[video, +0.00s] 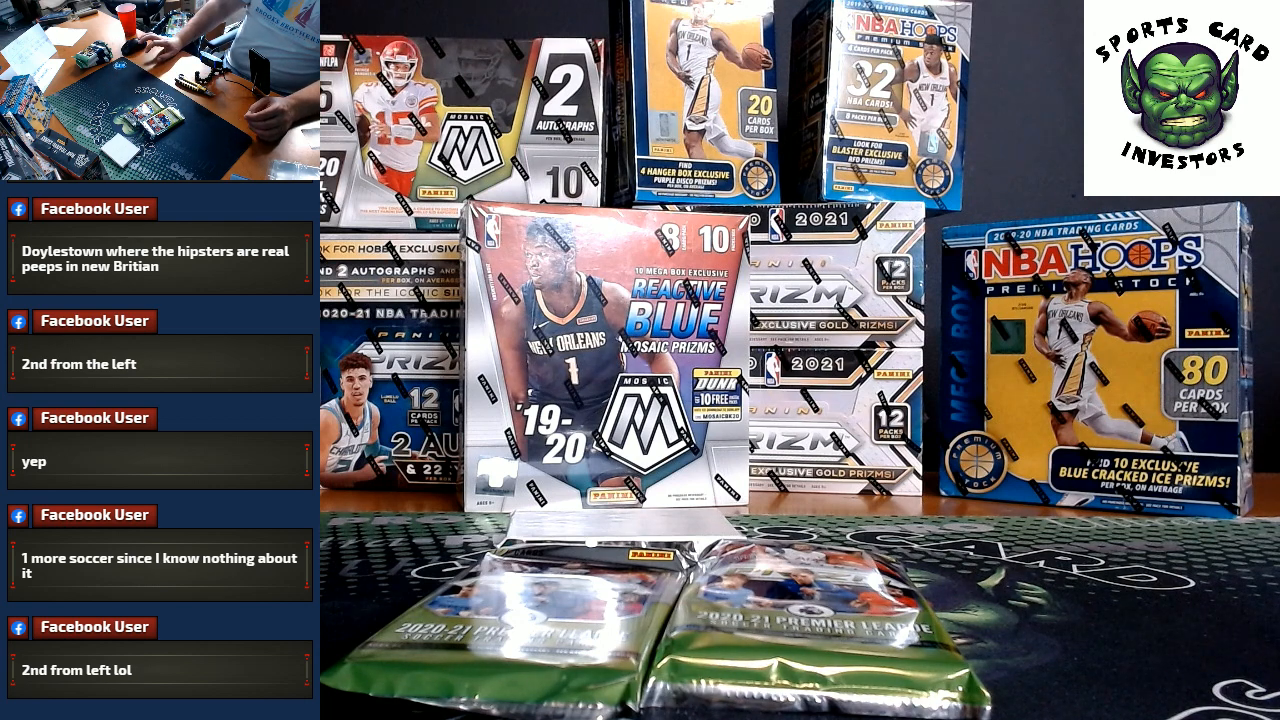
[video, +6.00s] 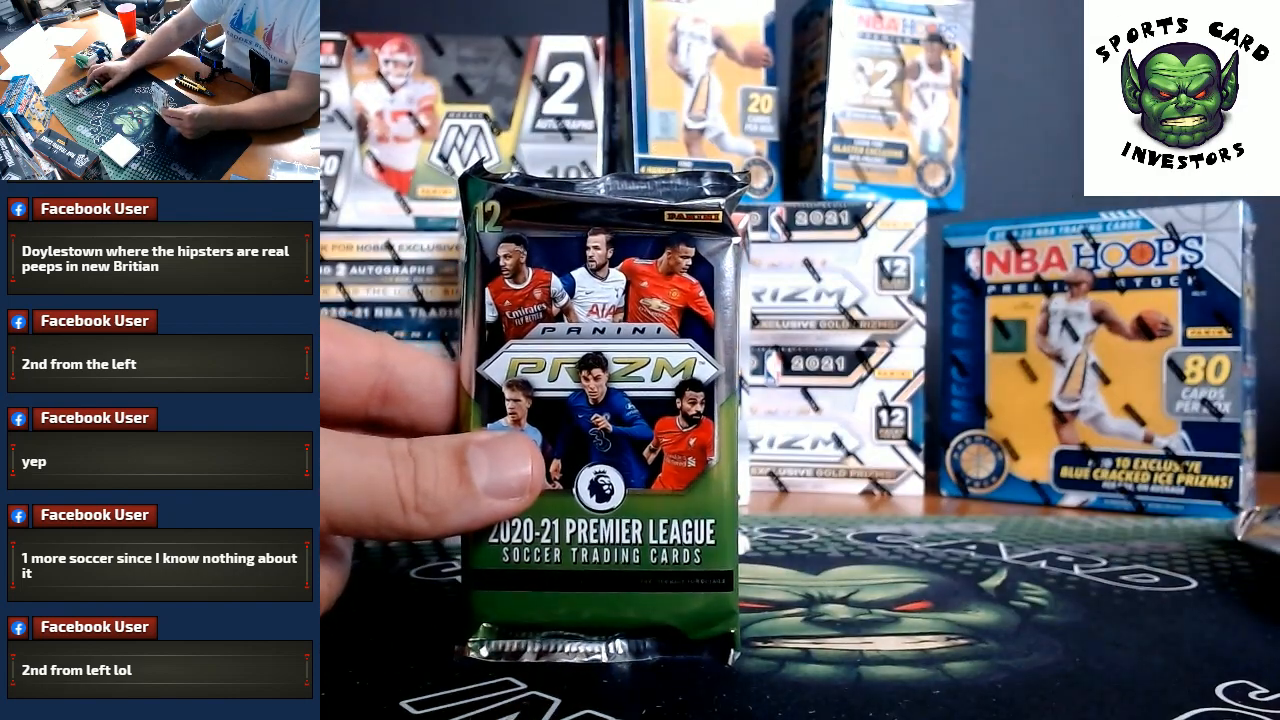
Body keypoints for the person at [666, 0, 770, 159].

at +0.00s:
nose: (697, 9)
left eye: (702, 6)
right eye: (695, 5)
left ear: (711, 12)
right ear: (691, 8)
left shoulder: (715, 34)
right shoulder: (678, 24)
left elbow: (740, 60)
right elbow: (670, 53)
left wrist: (765, 63)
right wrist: (678, 72)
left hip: (705, 87)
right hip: (692, 88)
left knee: (692, 141)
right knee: (725, 145)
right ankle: (767, 158)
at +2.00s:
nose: (697, 9)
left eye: (703, 6)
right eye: (695, 6)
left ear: (711, 12)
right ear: (692, 8)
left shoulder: (715, 34)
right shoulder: (678, 24)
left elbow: (740, 59)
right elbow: (670, 53)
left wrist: (764, 62)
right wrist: (678, 72)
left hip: (705, 87)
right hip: (692, 88)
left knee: (692, 141)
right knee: (725, 145)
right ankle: (766, 157)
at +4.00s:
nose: (697, 9)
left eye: (702, 6)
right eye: (695, 6)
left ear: (711, 11)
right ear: (691, 8)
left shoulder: (715, 34)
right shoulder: (678, 24)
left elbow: (739, 59)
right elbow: (670, 54)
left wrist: (764, 62)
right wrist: (678, 72)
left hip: (705, 87)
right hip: (692, 88)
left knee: (692, 141)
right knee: (725, 145)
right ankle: (764, 157)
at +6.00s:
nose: (695, 11)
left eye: (698, 8)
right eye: (690, 7)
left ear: (704, 8)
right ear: (685, 7)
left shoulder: (712, 31)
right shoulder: (679, 25)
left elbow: (734, 54)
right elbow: (671, 53)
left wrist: (756, 59)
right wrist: (678, 70)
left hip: (706, 84)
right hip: (691, 85)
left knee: (692, 139)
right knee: (724, 142)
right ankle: (756, 152)